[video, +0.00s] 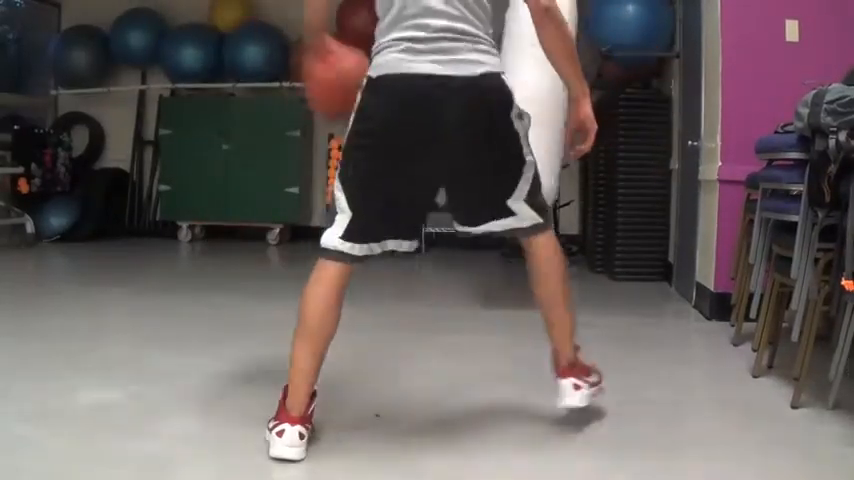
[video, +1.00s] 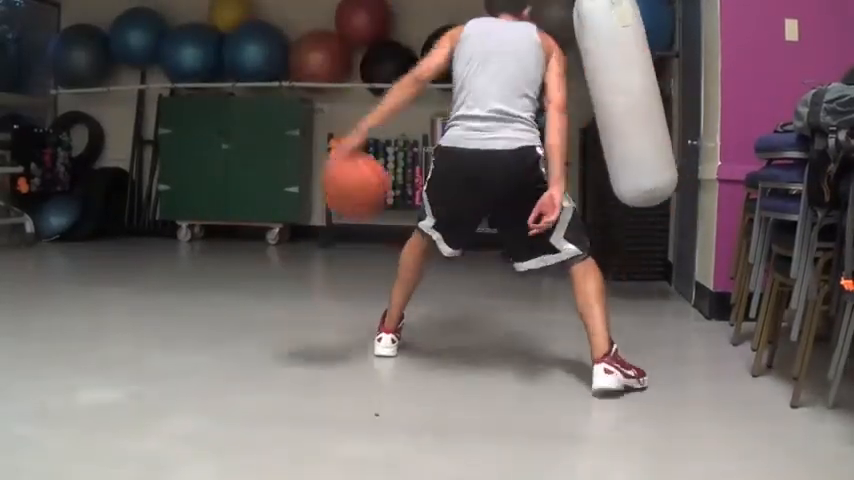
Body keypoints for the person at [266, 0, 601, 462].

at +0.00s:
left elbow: (320, 5)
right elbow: (544, 12)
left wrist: (317, 43)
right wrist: (579, 91)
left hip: (393, 88)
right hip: (479, 90)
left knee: (336, 254)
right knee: (535, 229)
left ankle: (292, 415)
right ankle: (569, 368)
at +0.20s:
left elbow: (428, 57)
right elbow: (551, 56)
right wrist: (569, 156)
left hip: (432, 138)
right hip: (510, 142)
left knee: (368, 275)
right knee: (563, 261)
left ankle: (298, 412)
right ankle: (607, 366)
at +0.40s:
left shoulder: (520, 10)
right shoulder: (596, 7)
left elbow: (508, 80)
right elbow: (587, 65)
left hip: (479, 132)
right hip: (544, 136)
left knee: (445, 268)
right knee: (606, 242)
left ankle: (353, 348)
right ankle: (614, 369)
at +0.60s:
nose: (628, 22)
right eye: (628, 14)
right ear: (606, 1)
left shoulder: (534, 12)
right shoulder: (610, 4)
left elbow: (491, 81)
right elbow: (639, 52)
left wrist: (465, 150)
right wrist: (709, 107)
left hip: (488, 128)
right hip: (549, 130)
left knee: (462, 237)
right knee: (608, 244)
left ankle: (408, 322)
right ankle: (614, 367)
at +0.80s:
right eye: (593, 8)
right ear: (583, 4)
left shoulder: (504, 22)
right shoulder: (590, 27)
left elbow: (473, 94)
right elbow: (589, 101)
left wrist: (442, 160)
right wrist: (584, 181)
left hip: (480, 147)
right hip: (545, 149)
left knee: (441, 233)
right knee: (604, 251)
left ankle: (390, 329)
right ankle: (612, 367)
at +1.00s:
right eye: (529, 18)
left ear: (488, 14)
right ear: (526, 17)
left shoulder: (458, 35)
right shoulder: (547, 45)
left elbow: (417, 79)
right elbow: (557, 111)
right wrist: (556, 184)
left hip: (457, 162)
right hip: (518, 166)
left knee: (425, 234)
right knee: (579, 255)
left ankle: (388, 329)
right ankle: (605, 360)